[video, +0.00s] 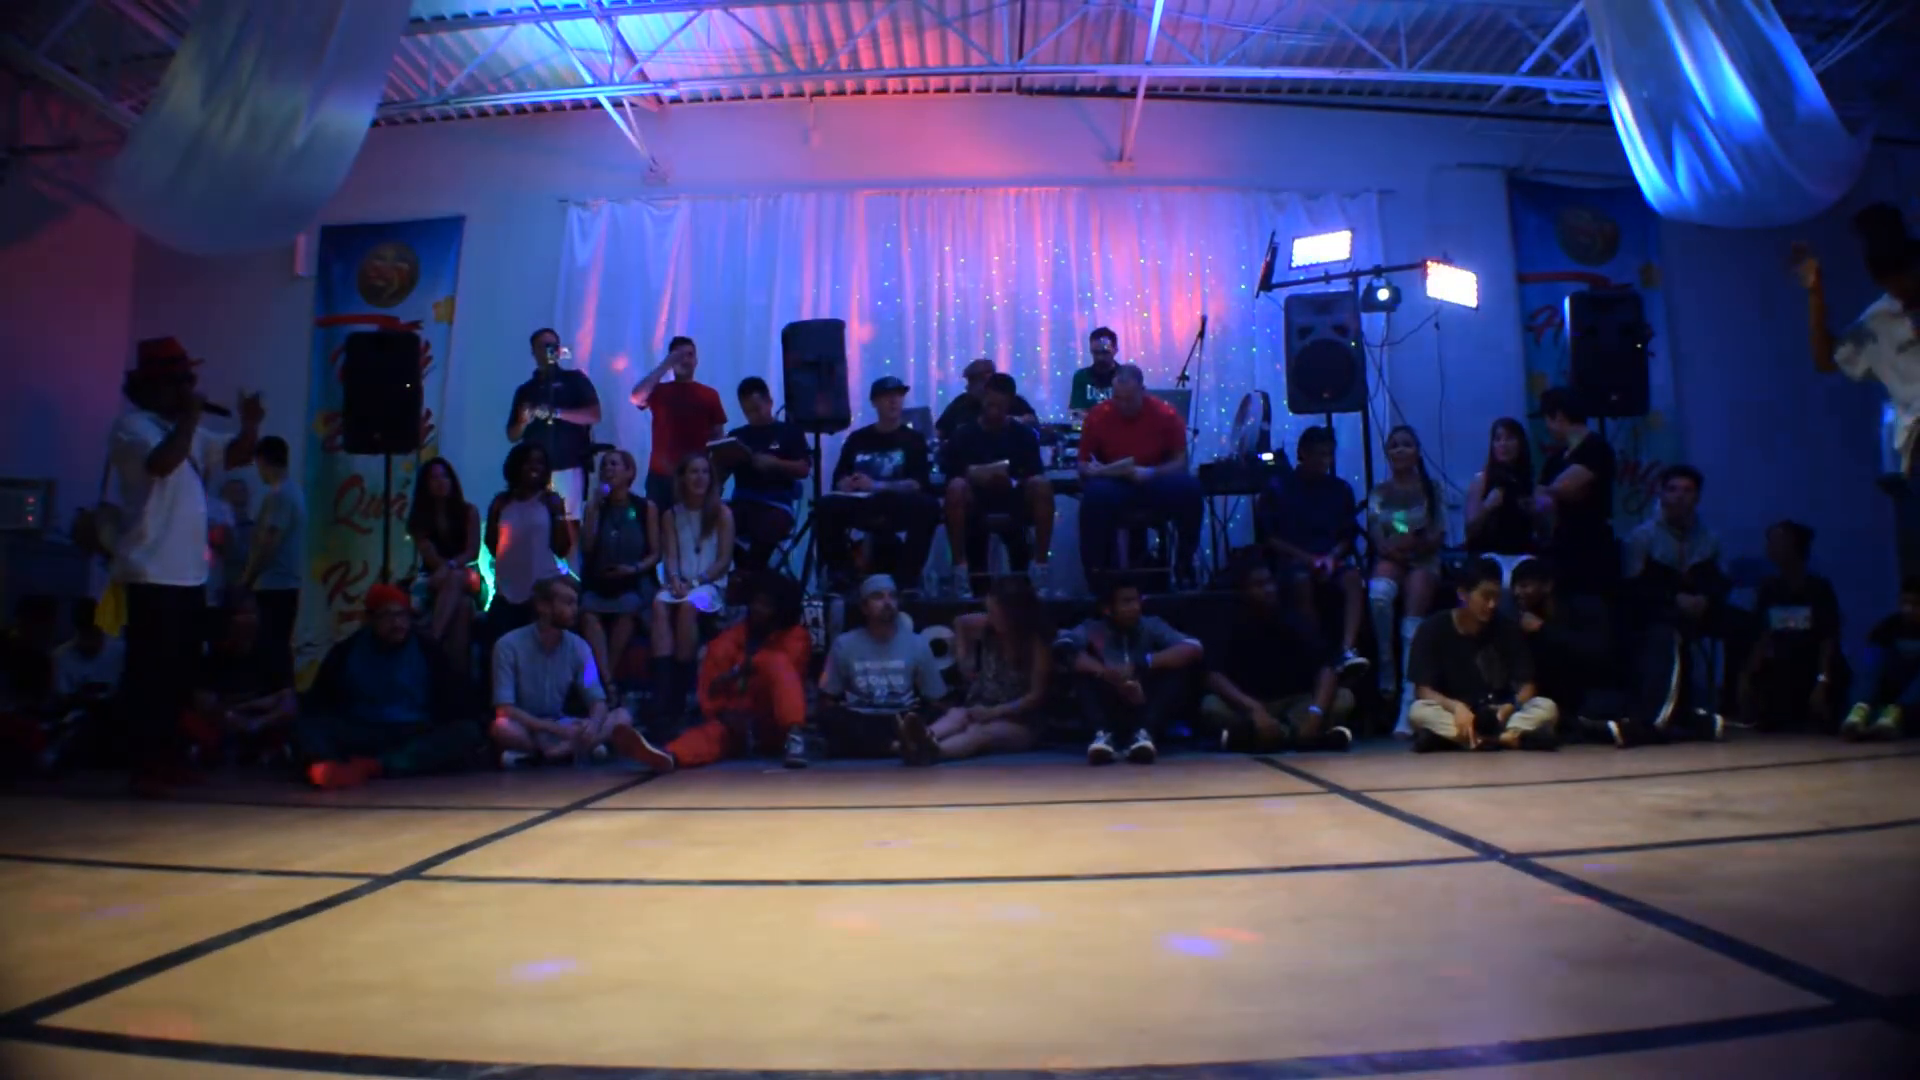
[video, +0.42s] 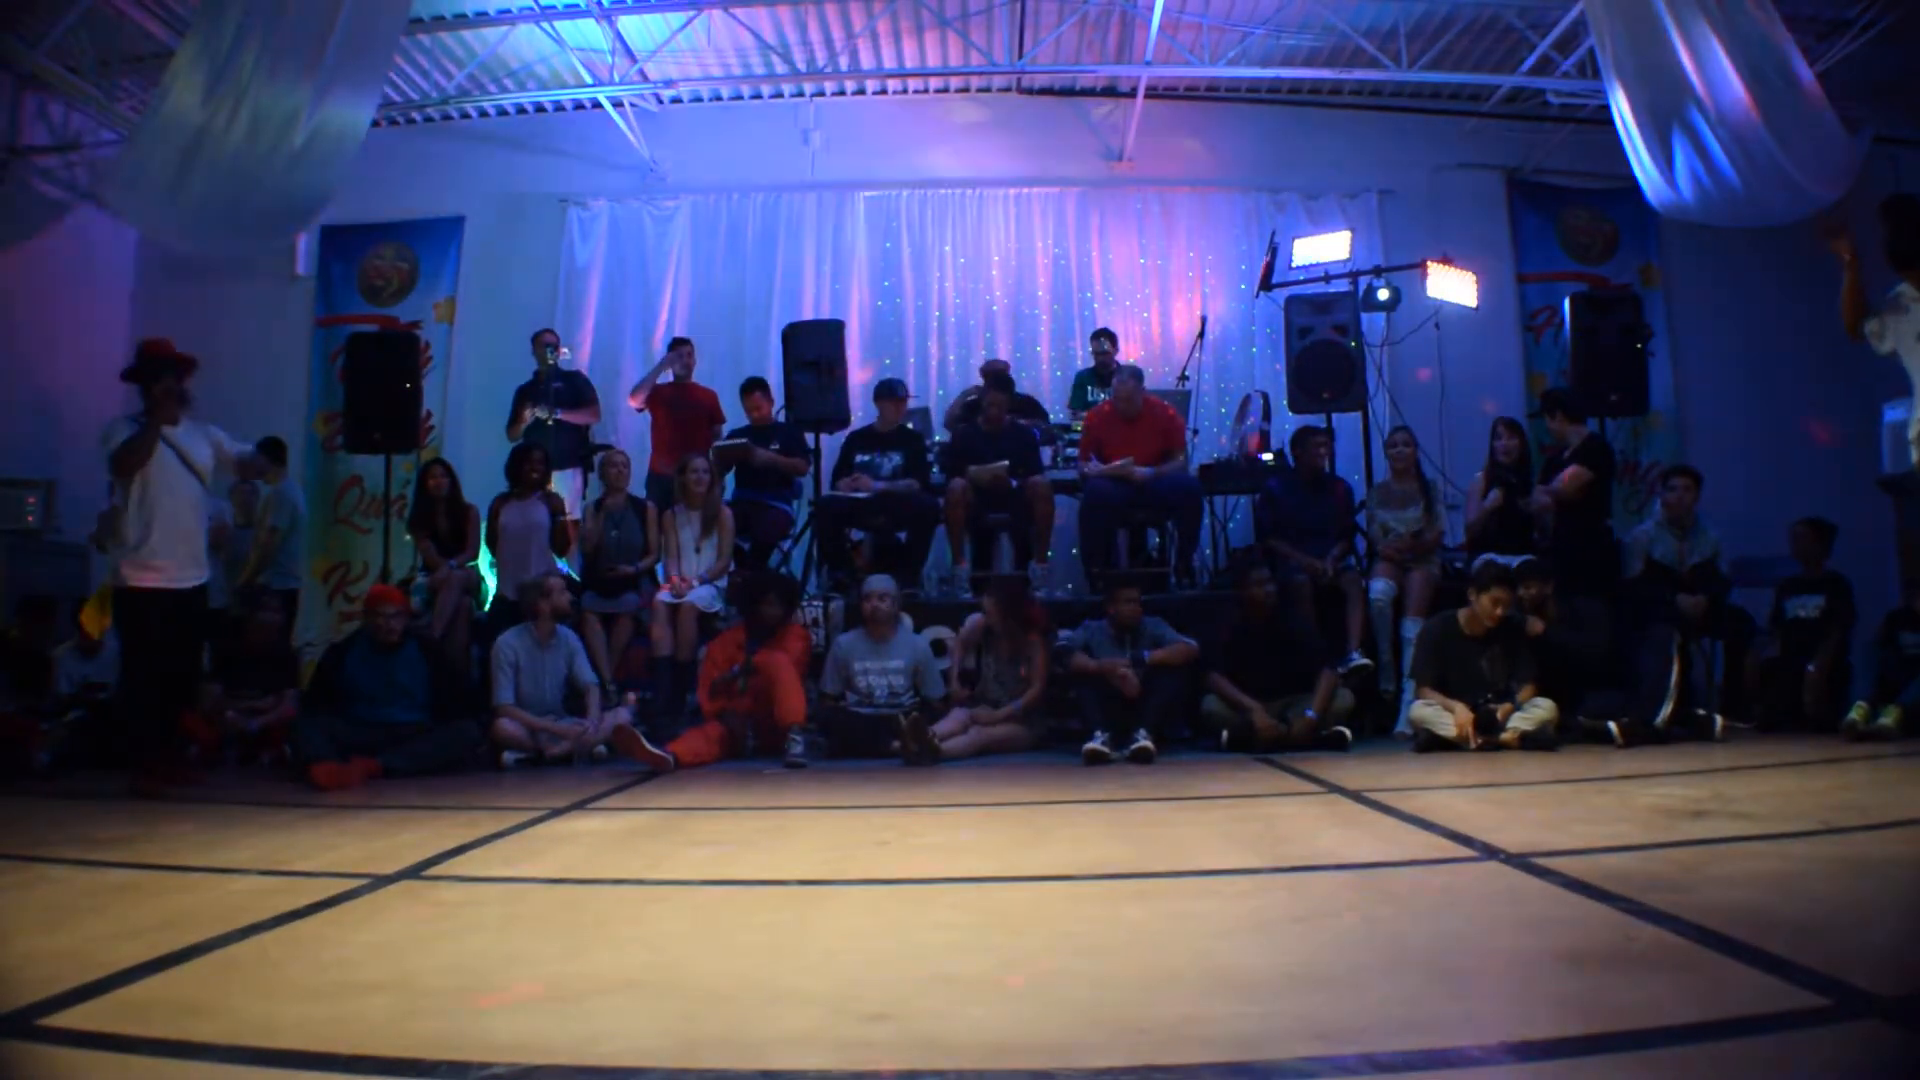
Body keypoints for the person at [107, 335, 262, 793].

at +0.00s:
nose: (189, 391)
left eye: (189, 383)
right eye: (179, 383)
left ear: (184, 386)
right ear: (154, 387)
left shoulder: (187, 433)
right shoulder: (132, 426)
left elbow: (236, 456)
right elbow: (160, 464)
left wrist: (248, 428)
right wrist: (189, 418)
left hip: (188, 577)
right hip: (151, 575)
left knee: (181, 677)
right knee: (151, 677)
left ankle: (172, 761)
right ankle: (146, 767)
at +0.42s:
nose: (182, 389)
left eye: (184, 381)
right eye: (171, 382)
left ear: (186, 387)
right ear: (147, 387)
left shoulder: (202, 435)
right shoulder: (125, 431)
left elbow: (256, 463)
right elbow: (124, 468)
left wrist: (250, 469)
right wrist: (156, 421)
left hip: (191, 585)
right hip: (142, 585)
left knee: (184, 685)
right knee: (144, 685)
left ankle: (177, 763)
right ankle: (143, 769)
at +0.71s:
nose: (169, 393)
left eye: (174, 385)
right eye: (159, 386)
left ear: (186, 387)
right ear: (143, 391)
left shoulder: (210, 439)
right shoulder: (129, 434)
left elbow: (234, 500)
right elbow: (116, 470)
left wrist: (228, 543)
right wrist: (150, 422)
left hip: (193, 585)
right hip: (141, 584)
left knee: (186, 682)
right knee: (143, 682)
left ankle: (179, 761)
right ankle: (143, 766)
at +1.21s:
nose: (182, 395)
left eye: (189, 387)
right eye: (173, 387)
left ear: (203, 392)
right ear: (161, 392)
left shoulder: (222, 445)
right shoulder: (147, 435)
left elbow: (238, 510)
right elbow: (131, 471)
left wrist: (243, 569)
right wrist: (165, 427)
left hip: (203, 580)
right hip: (154, 577)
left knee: (194, 675)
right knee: (162, 673)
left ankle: (187, 757)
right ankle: (156, 759)